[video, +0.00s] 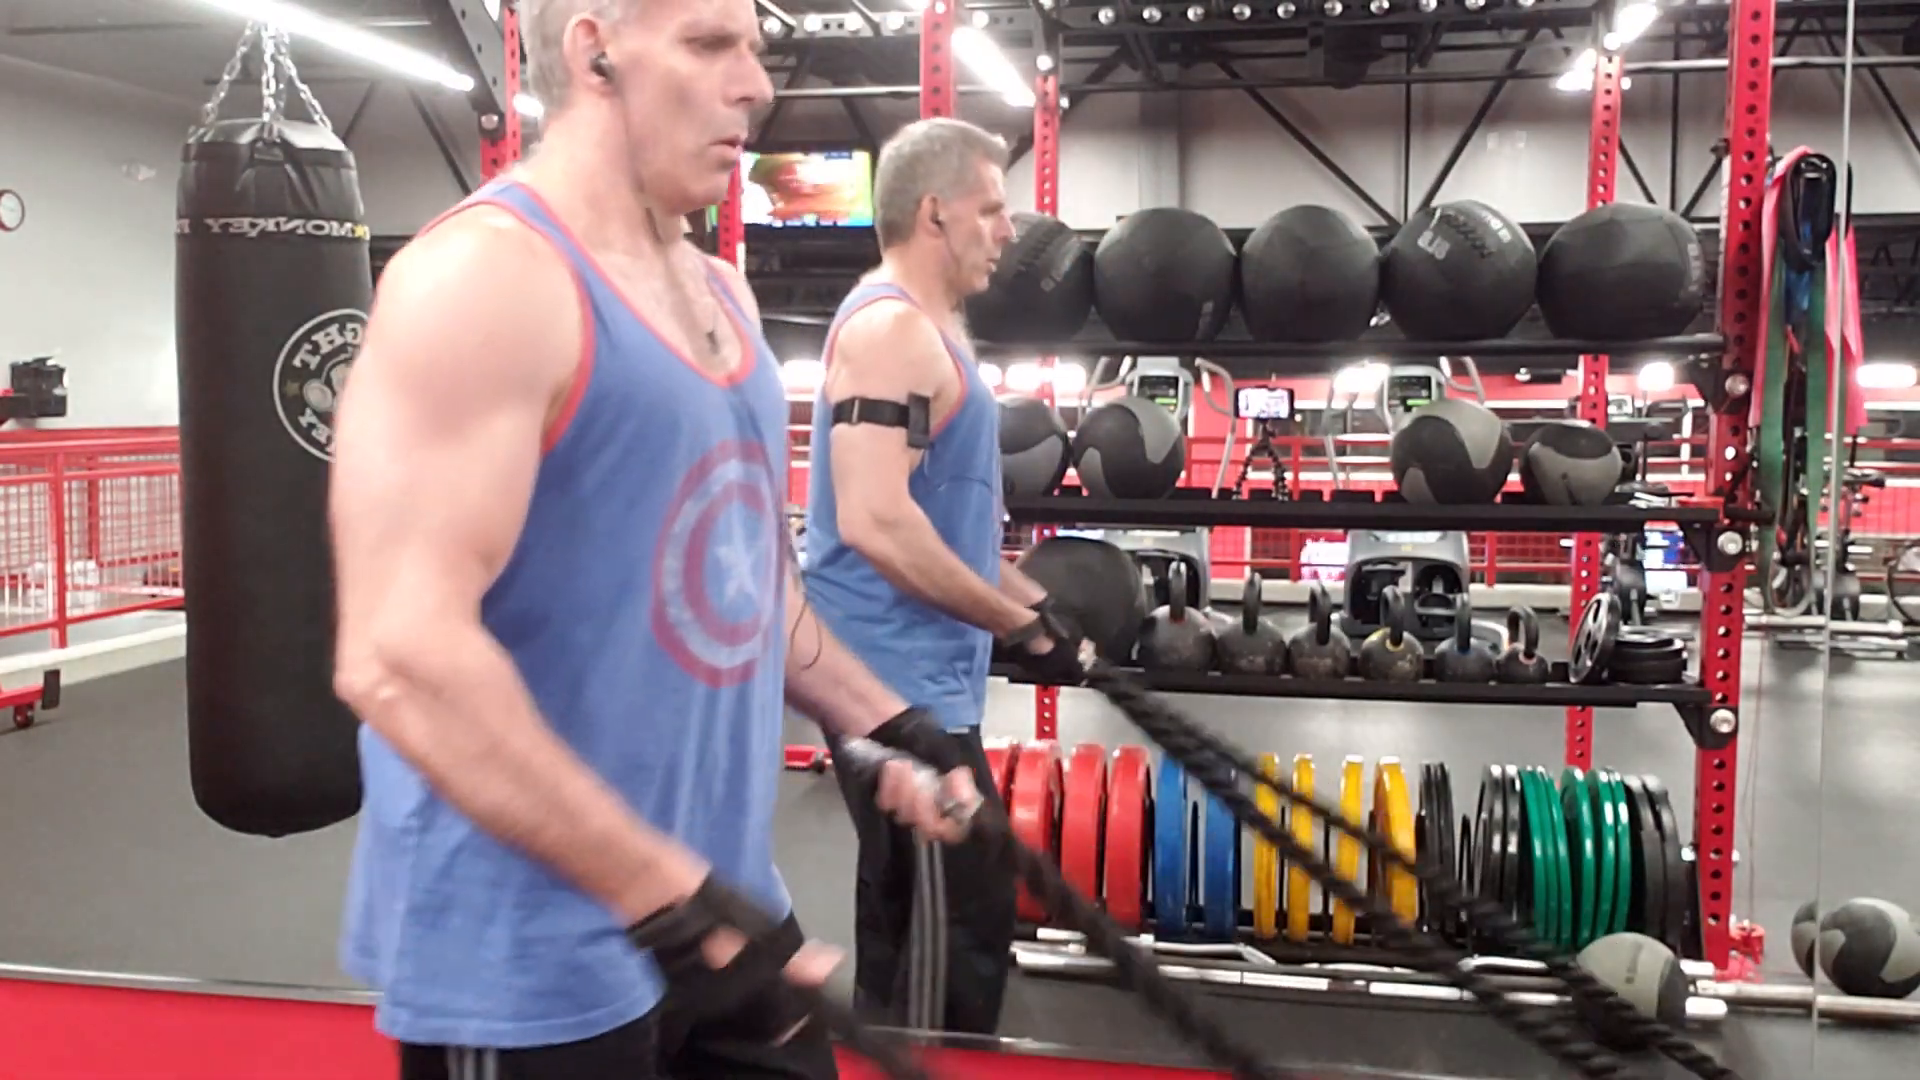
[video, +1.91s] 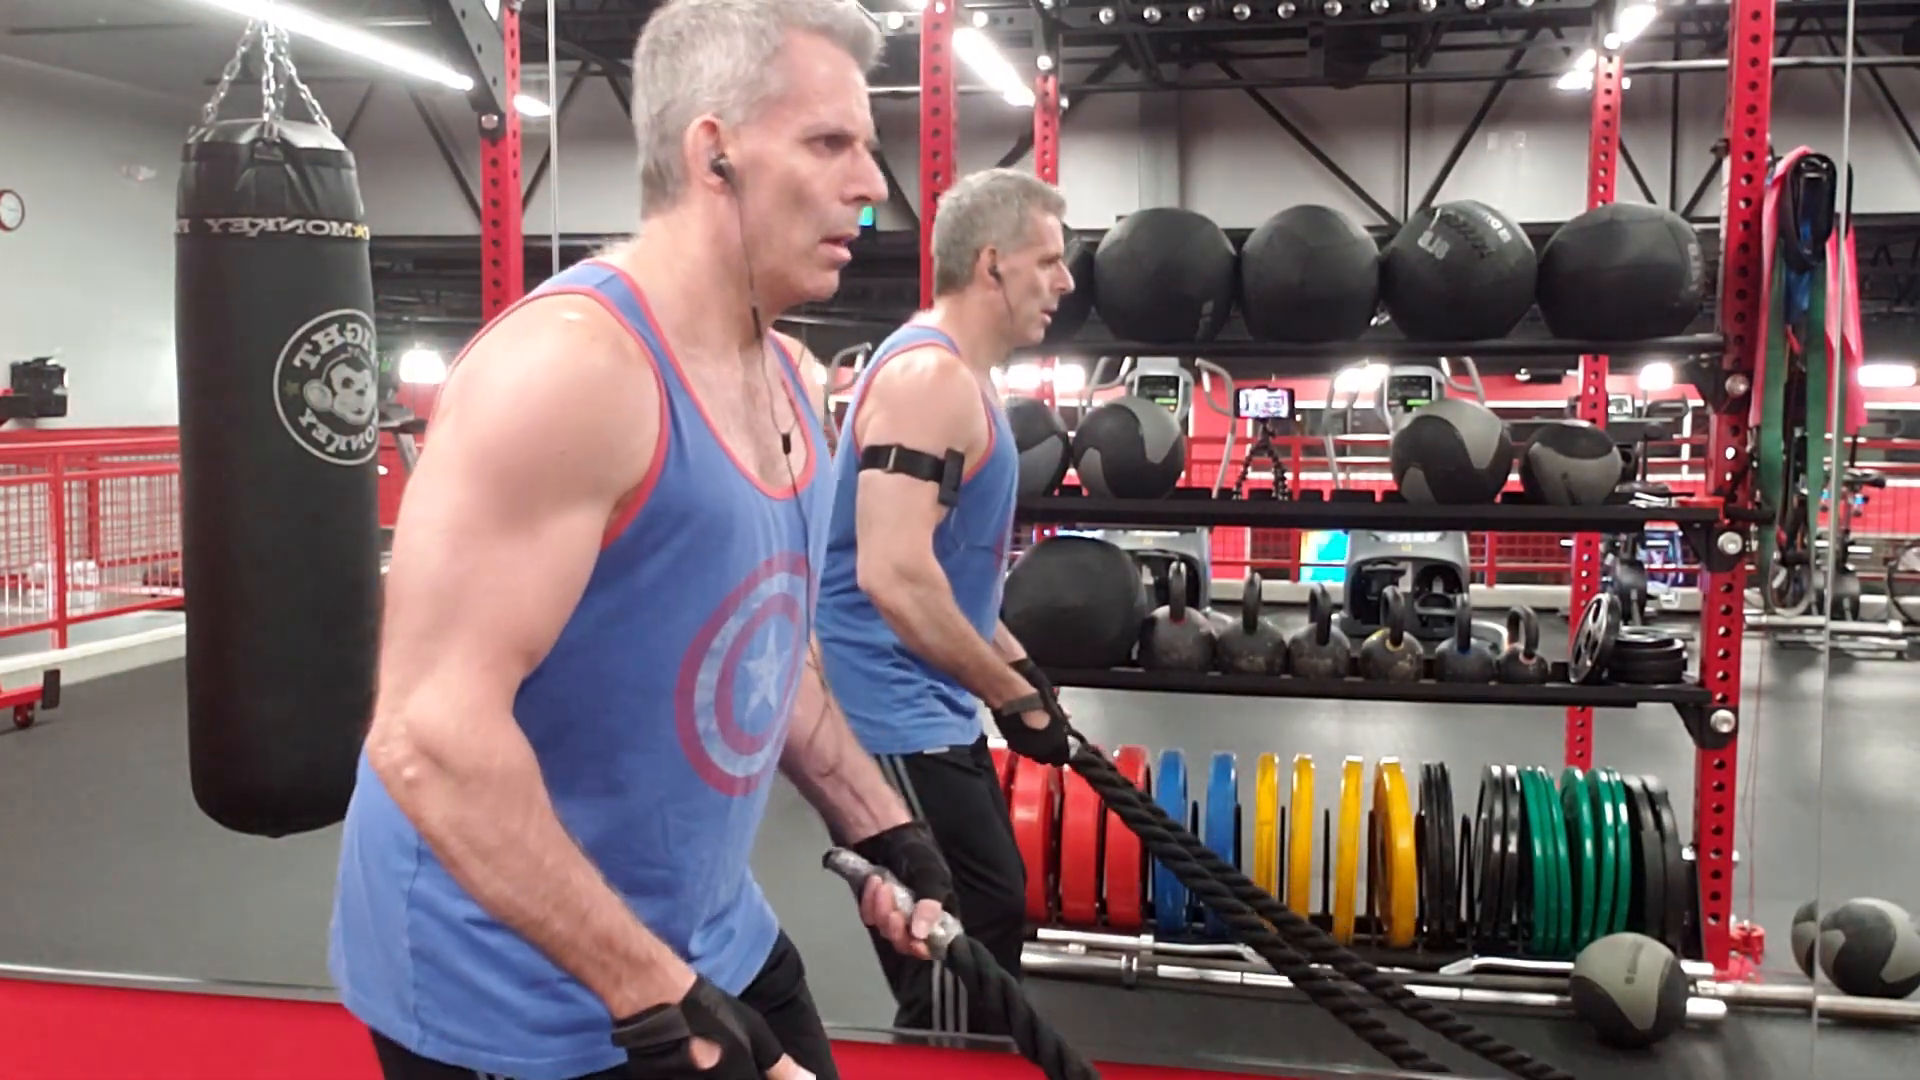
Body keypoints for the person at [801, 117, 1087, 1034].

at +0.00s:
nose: (1008, 233)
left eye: (1007, 213)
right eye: (993, 211)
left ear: (934, 216)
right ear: (932, 212)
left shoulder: (924, 324)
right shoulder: (891, 326)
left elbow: (925, 508)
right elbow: (874, 516)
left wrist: (1011, 585)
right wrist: (1014, 620)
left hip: (924, 688)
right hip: (902, 697)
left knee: (910, 928)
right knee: (967, 933)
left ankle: (903, 1067)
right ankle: (935, 1075)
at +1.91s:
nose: (1064, 284)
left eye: (1063, 263)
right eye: (1049, 261)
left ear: (996, 268)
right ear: (992, 265)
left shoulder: (960, 377)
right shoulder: (930, 376)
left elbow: (952, 571)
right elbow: (894, 573)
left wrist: (1017, 672)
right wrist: (1012, 700)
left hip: (937, 720)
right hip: (898, 727)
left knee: (963, 958)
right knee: (982, 939)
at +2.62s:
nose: (1039, 278)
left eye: (1035, 258)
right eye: (1022, 257)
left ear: (970, 271)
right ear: (964, 267)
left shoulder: (949, 387)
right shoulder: (901, 387)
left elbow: (945, 580)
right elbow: (875, 587)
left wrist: (1010, 679)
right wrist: (994, 706)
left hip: (946, 723)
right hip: (894, 730)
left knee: (1004, 922)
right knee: (993, 929)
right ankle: (957, 1078)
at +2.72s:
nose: (1040, 279)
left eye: (1036, 259)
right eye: (1023, 258)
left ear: (971, 273)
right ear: (966, 269)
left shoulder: (948, 388)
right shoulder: (901, 388)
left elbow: (944, 580)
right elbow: (874, 589)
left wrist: (1009, 680)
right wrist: (994, 707)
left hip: (946, 724)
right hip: (894, 731)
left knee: (1005, 921)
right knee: (996, 929)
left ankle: (965, 1072)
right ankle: (959, 1078)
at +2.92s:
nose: (1045, 283)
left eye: (1041, 262)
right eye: (1028, 261)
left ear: (975, 274)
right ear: (970, 270)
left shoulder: (950, 390)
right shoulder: (905, 390)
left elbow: (939, 583)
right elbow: (877, 591)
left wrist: (1003, 687)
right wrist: (998, 707)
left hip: (946, 723)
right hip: (895, 729)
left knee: (1010, 921)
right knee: (995, 930)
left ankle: (971, 1073)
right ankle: (956, 1078)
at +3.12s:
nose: (1044, 285)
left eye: (1041, 264)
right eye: (1028, 263)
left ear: (975, 275)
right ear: (972, 271)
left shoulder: (950, 392)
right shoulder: (904, 391)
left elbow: (936, 581)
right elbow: (875, 593)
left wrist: (1011, 669)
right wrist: (998, 709)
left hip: (945, 724)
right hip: (892, 730)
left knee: (1016, 918)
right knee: (992, 931)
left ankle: (978, 1069)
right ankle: (955, 1075)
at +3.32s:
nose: (1033, 290)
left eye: (1032, 270)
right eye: (1019, 268)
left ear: (966, 274)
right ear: (959, 270)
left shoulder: (937, 395)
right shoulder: (902, 394)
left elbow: (1035, 510)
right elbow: (875, 599)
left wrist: (1179, 489)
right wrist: (978, 721)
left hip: (917, 730)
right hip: (882, 737)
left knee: (1001, 922)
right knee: (989, 930)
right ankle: (958, 1076)